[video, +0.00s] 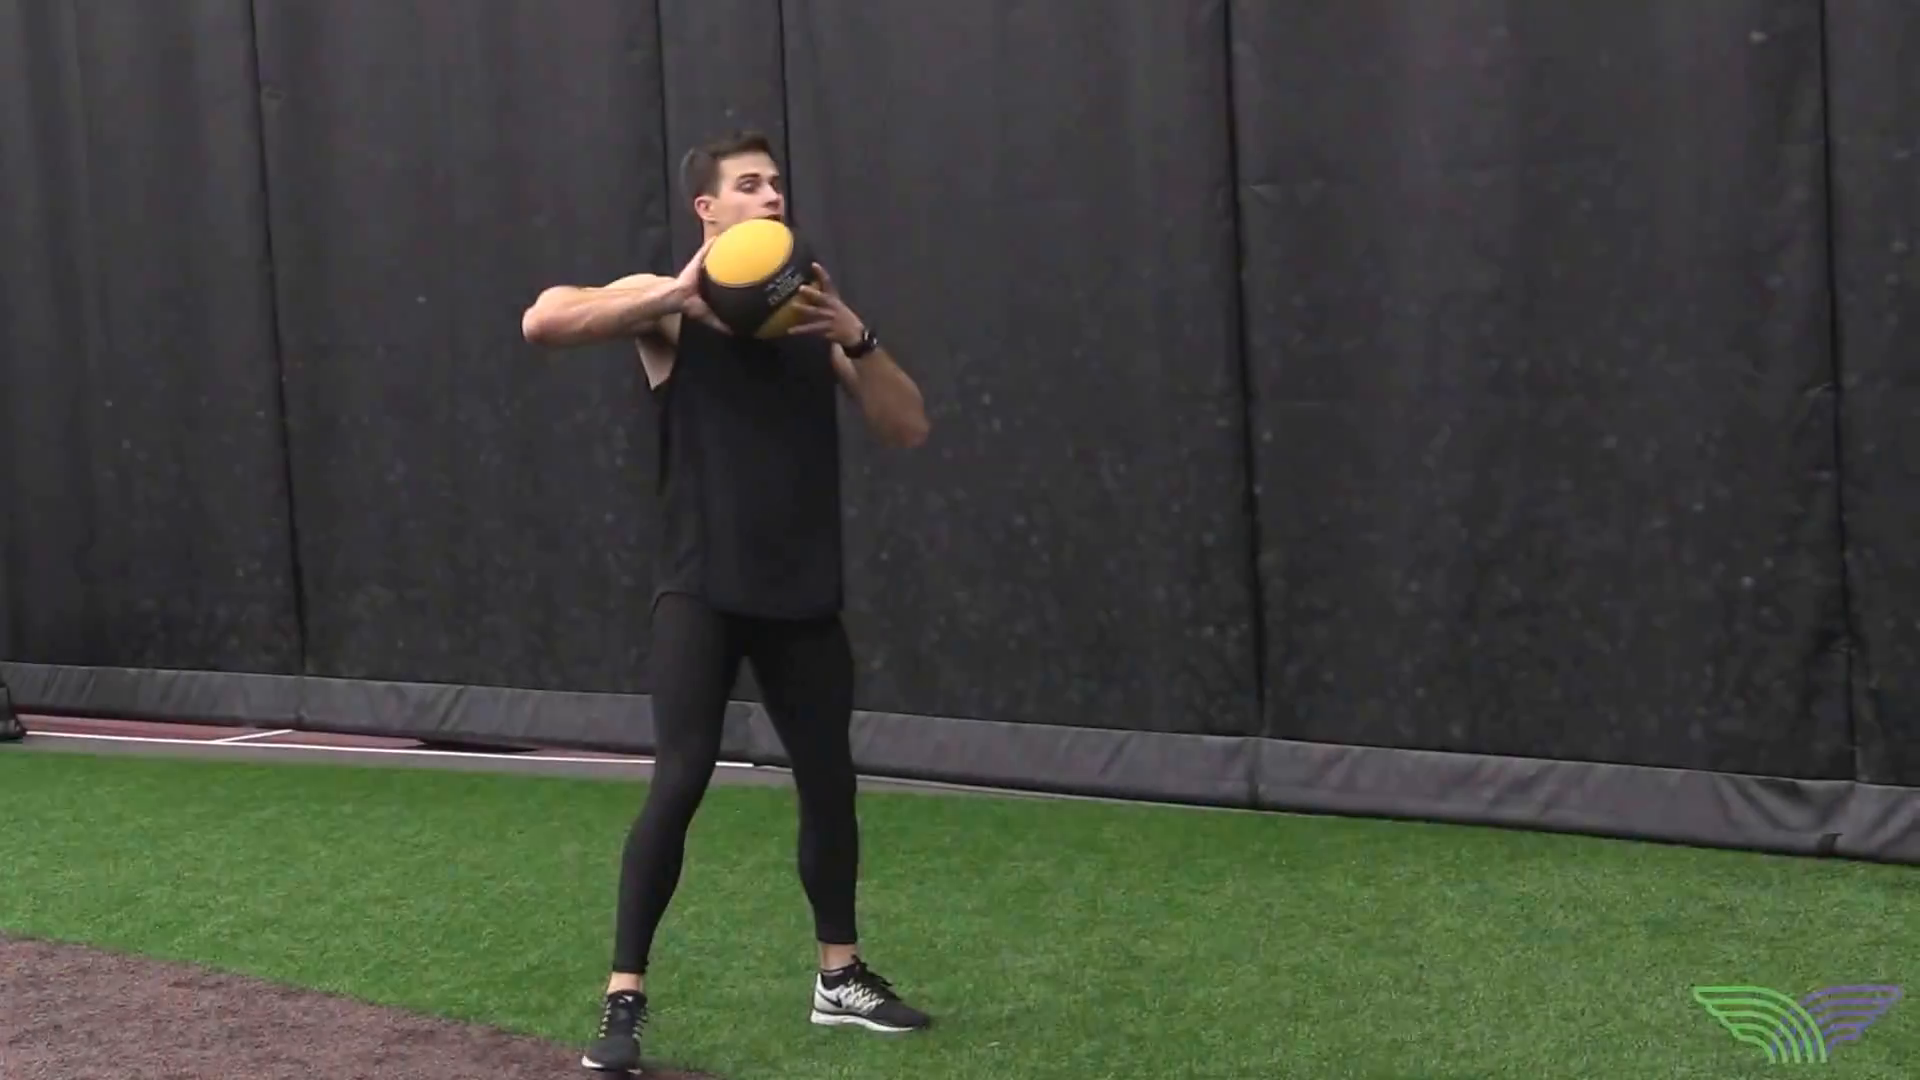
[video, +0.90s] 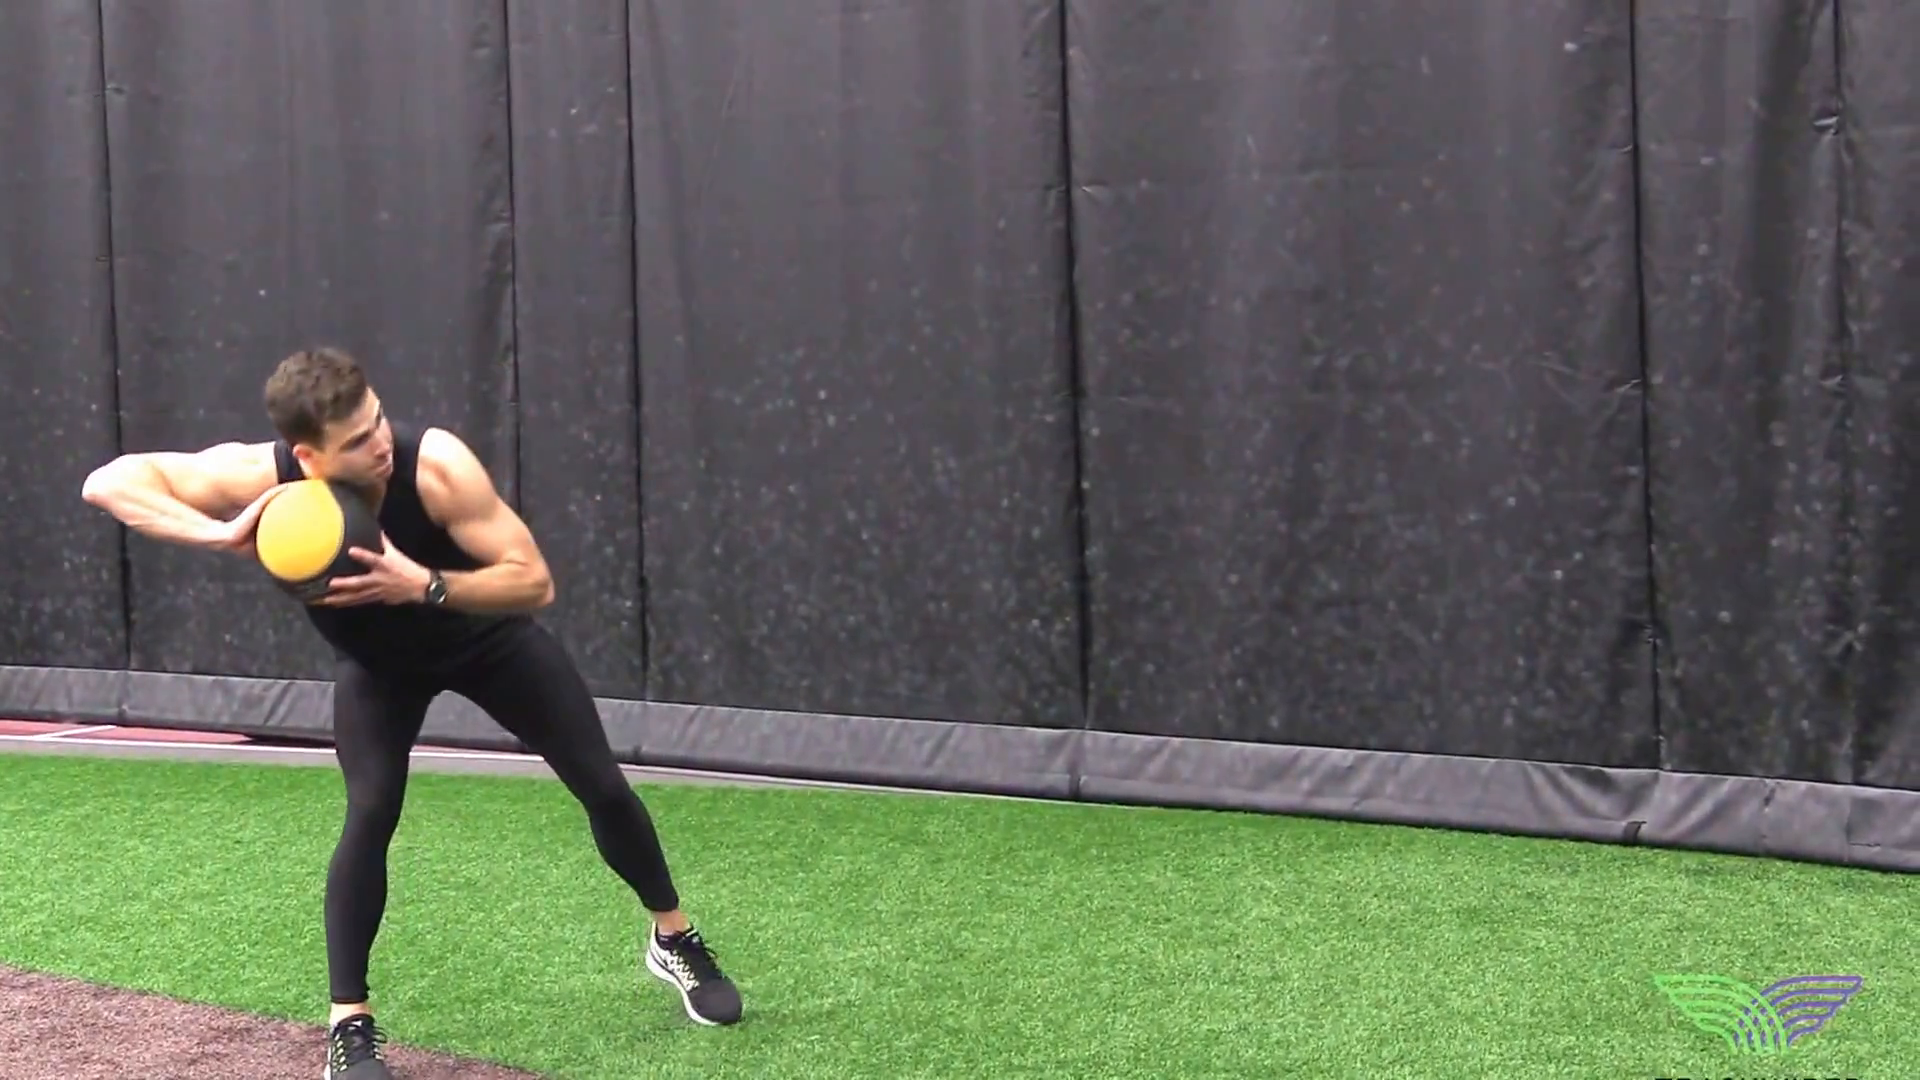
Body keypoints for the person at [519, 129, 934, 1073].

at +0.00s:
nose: (770, 197)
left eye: (776, 185)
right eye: (749, 184)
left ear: (788, 205)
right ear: (704, 206)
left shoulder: (815, 306)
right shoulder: (666, 297)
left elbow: (910, 425)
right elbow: (540, 321)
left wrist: (856, 342)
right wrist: (668, 296)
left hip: (802, 588)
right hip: (699, 586)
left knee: (831, 781)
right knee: (680, 780)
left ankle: (840, 977)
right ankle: (625, 992)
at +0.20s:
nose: (719, 209)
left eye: (724, 195)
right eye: (699, 195)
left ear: (731, 212)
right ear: (650, 213)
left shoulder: (754, 317)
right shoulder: (600, 302)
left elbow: (850, 429)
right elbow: (464, 318)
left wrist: (795, 344)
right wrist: (585, 308)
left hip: (730, 591)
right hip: (626, 588)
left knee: (760, 777)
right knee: (616, 768)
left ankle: (783, 977)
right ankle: (560, 990)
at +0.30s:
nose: (663, 221)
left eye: (668, 205)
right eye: (641, 207)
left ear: (676, 220)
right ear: (585, 226)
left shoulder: (706, 315)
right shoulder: (542, 311)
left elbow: (799, 431)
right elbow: (396, 327)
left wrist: (745, 349)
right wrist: (541, 324)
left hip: (678, 592)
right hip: (574, 590)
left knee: (711, 776)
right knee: (548, 768)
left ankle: (739, 974)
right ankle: (474, 985)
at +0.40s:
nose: (589, 242)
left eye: (592, 224)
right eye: (566, 230)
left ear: (600, 234)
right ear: (516, 248)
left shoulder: (645, 325)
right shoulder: (473, 327)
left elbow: (731, 441)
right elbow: (321, 346)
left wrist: (648, 379)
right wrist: (444, 352)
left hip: (622, 601)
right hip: (513, 599)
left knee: (668, 781)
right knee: (479, 780)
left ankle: (701, 976)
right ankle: (407, 1001)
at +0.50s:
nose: (510, 278)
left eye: (516, 260)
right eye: (488, 267)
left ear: (527, 265)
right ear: (439, 286)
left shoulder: (572, 348)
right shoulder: (403, 357)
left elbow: (663, 466)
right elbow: (244, 376)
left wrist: (570, 425)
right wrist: (354, 390)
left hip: (571, 619)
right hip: (460, 618)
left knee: (640, 788)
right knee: (425, 801)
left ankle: (678, 976)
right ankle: (367, 1016)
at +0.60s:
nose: (451, 328)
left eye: (452, 308)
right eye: (426, 319)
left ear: (461, 303)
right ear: (377, 338)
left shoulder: (514, 380)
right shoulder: (336, 393)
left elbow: (601, 504)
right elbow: (183, 409)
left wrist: (501, 475)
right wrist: (284, 434)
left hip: (529, 624)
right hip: (418, 629)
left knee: (621, 791)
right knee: (399, 799)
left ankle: (668, 961)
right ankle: (355, 1018)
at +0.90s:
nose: (382, 444)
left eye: (380, 423)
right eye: (358, 442)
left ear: (381, 402)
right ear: (305, 456)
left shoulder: (440, 465)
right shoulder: (261, 476)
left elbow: (533, 582)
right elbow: (107, 482)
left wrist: (427, 584)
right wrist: (214, 533)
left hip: (494, 637)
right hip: (379, 662)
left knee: (602, 783)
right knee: (371, 812)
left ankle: (676, 935)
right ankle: (349, 1021)